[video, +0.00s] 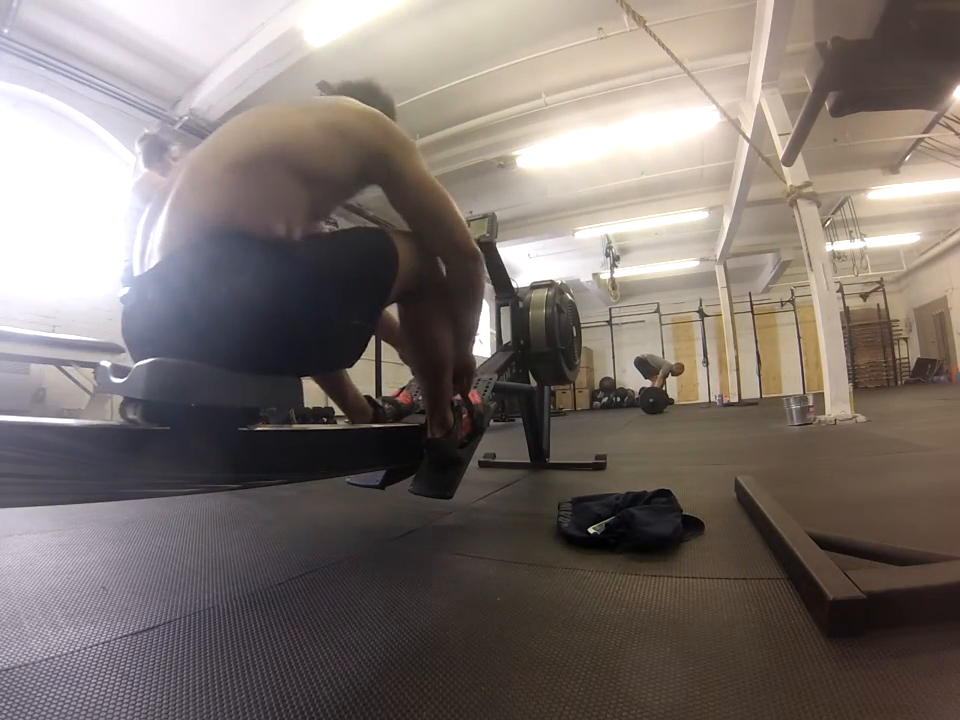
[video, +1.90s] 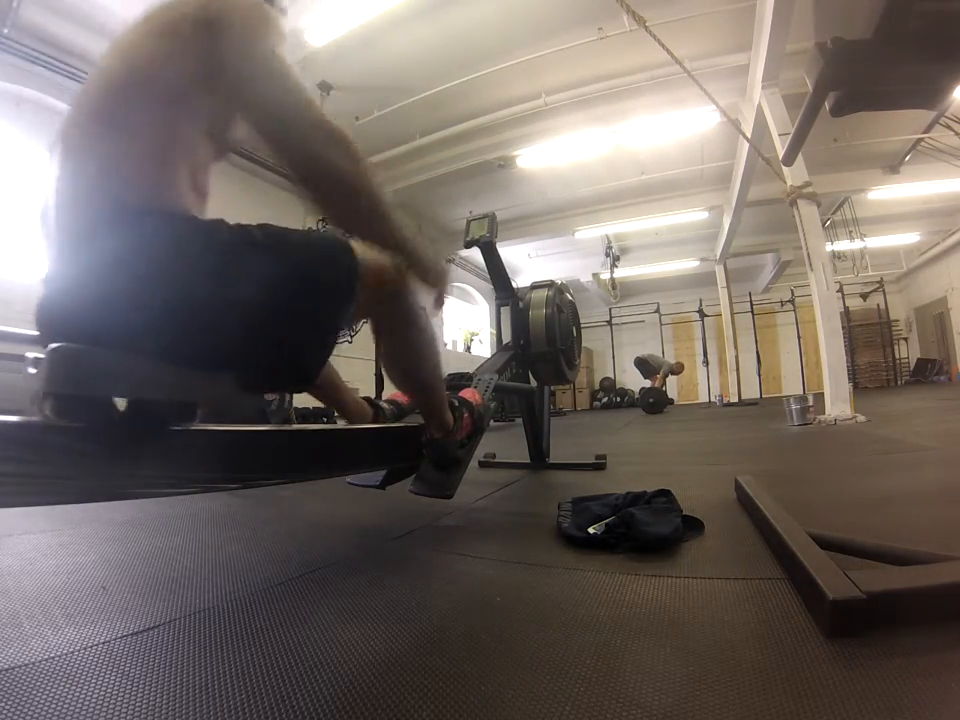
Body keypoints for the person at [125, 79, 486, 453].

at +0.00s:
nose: (398, 143)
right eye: (394, 133)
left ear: (330, 99)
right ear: (381, 118)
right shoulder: (374, 128)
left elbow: (319, 262)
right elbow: (465, 255)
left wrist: (405, 343)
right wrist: (464, 351)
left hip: (147, 323)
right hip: (238, 303)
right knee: (423, 263)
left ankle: (363, 418)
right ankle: (443, 426)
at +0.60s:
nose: (398, 175)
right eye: (401, 164)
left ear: (345, 120)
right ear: (392, 144)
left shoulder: (280, 145)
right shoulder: (387, 153)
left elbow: (298, 262)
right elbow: (430, 268)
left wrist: (356, 349)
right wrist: (390, 343)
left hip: (149, 326)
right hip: (242, 305)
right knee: (431, 262)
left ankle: (364, 415)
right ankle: (444, 424)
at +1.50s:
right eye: (371, 105)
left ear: (307, 77)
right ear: (364, 96)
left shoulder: (239, 115)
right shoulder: (356, 125)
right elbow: (382, 257)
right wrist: (397, 335)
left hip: (126, 312)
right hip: (220, 298)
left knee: (288, 294)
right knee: (415, 263)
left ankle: (364, 418)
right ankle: (443, 426)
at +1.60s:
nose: (347, 92)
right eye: (350, 83)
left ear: (282, 56)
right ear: (338, 72)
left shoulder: (215, 95)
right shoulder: (336, 96)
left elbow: (125, 178)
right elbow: (384, 225)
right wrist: (393, 298)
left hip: (117, 309)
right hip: (212, 300)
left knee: (283, 291)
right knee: (412, 263)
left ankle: (364, 417)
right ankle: (443, 427)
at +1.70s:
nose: (328, 56)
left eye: (327, 48)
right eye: (325, 46)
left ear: (254, 29)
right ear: (315, 38)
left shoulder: (196, 76)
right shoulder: (308, 64)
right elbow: (392, 211)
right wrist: (431, 301)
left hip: (102, 305)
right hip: (195, 291)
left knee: (278, 287)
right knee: (412, 266)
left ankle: (364, 415)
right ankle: (444, 427)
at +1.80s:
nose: (311, 43)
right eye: (307, 31)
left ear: (236, 12)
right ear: (291, 15)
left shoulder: (174, 60)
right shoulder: (269, 37)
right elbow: (373, 183)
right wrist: (434, 254)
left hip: (85, 297)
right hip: (171, 279)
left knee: (279, 304)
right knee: (402, 275)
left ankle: (362, 414)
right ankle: (445, 426)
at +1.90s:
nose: (281, 40)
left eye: (282, 36)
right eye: (278, 29)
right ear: (257, 6)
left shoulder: (150, 47)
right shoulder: (225, 17)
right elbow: (318, 155)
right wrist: (418, 259)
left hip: (73, 286)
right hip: (142, 269)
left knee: (274, 309)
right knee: (389, 280)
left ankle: (367, 421)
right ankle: (445, 429)